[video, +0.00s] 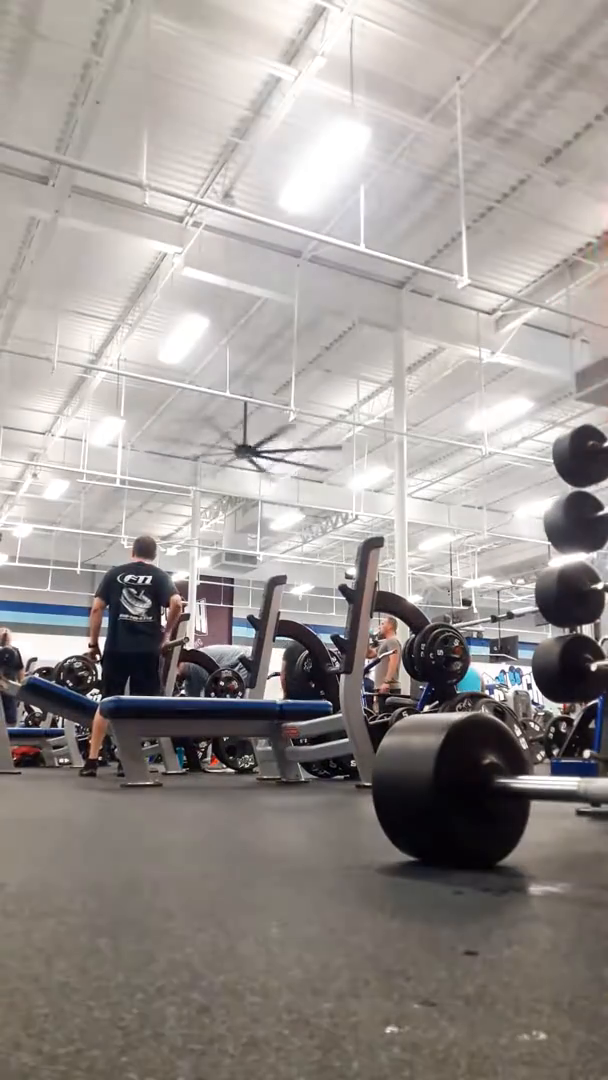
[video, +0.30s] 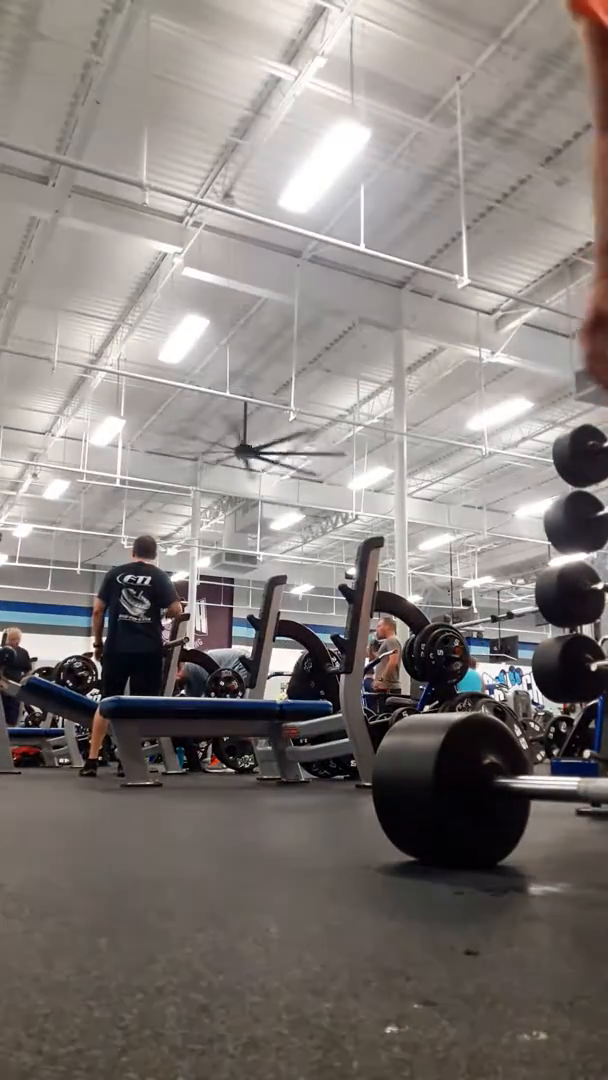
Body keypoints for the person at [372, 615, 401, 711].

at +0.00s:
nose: (380, 626)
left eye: (383, 623)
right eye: (381, 623)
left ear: (390, 626)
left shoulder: (392, 641)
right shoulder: (385, 642)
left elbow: (394, 662)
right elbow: (370, 654)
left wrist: (387, 682)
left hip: (388, 688)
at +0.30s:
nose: (377, 629)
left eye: (379, 626)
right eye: (377, 626)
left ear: (387, 627)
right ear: (387, 627)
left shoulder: (391, 641)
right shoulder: (387, 642)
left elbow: (393, 661)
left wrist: (382, 679)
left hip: (388, 689)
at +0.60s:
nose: (378, 631)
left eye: (381, 628)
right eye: (379, 628)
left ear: (388, 628)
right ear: (386, 628)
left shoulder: (392, 641)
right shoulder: (386, 642)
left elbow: (394, 659)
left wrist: (376, 665)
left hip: (388, 689)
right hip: (382, 688)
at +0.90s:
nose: (385, 631)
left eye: (387, 628)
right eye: (382, 629)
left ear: (392, 629)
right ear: (379, 631)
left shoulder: (395, 642)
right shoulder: (384, 644)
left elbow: (395, 660)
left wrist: (377, 666)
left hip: (390, 689)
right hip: (382, 689)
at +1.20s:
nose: (386, 632)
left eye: (388, 629)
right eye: (383, 629)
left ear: (392, 629)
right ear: (379, 631)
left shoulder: (395, 642)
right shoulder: (382, 644)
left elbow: (397, 660)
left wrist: (380, 665)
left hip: (393, 688)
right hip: (382, 688)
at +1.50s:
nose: (384, 632)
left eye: (386, 629)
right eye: (382, 629)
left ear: (392, 629)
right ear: (379, 631)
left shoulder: (396, 642)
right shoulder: (383, 644)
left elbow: (397, 660)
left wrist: (379, 665)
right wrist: (375, 664)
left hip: (393, 687)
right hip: (384, 687)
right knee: (384, 717)